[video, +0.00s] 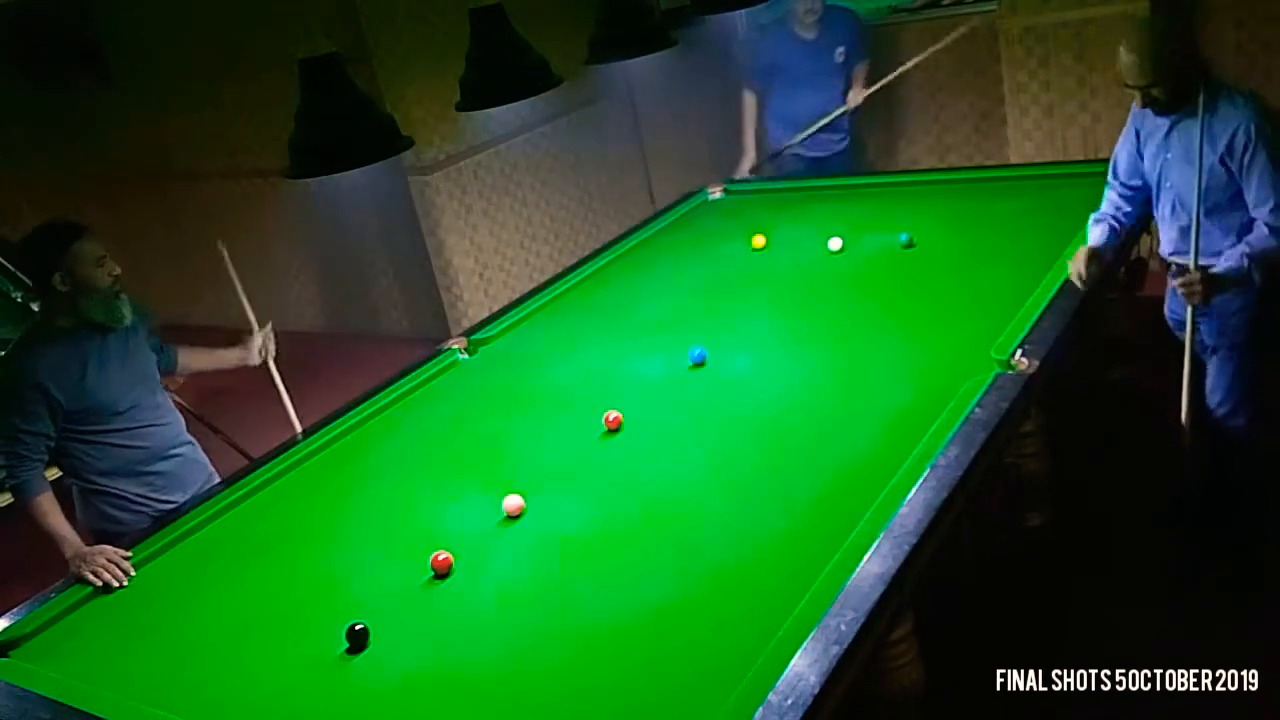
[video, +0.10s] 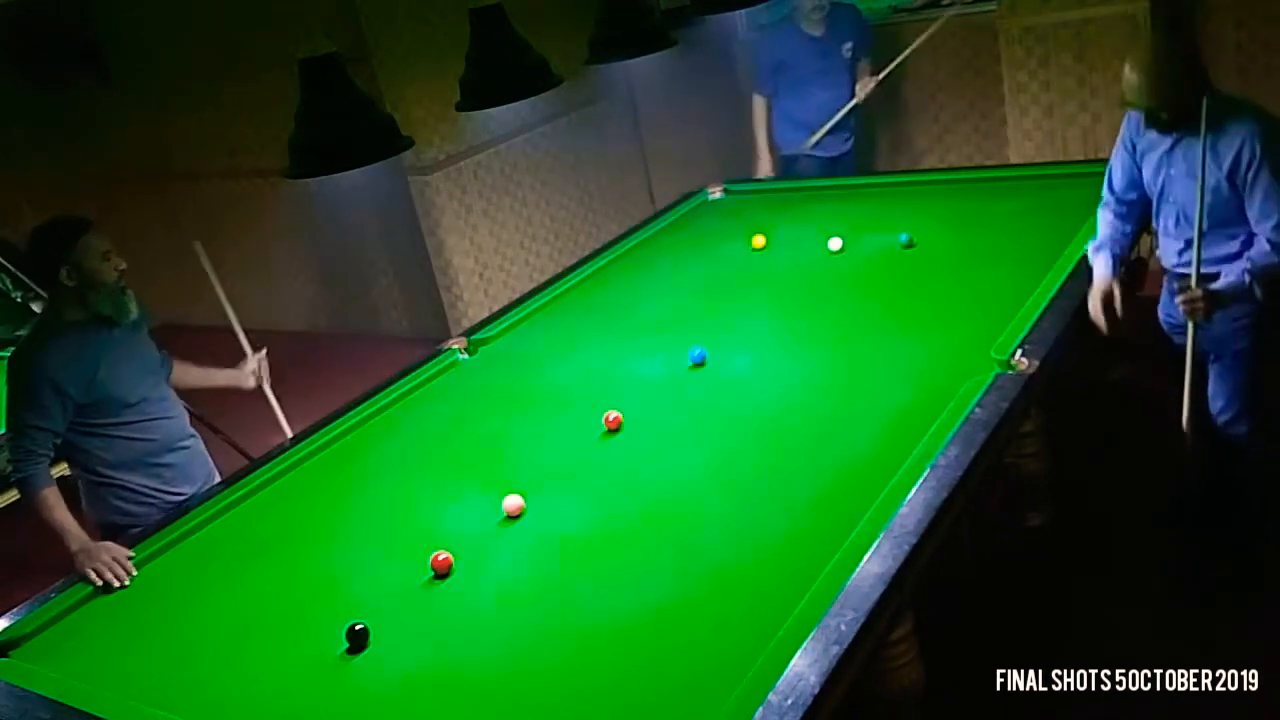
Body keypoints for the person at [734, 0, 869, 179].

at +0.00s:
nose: (811, 6)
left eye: (816, 1)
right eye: (804, 2)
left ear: (823, 3)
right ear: (791, 4)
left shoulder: (844, 24)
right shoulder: (769, 37)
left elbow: (860, 58)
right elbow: (750, 89)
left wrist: (857, 86)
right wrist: (749, 153)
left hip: (836, 147)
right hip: (789, 151)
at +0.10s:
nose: (819, 2)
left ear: (831, 0)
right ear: (795, 3)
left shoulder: (847, 17)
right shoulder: (773, 38)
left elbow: (863, 55)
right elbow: (760, 97)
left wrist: (863, 80)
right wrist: (763, 157)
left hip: (844, 148)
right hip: (799, 153)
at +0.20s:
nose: (826, 2)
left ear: (837, 1)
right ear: (802, 3)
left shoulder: (853, 20)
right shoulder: (783, 40)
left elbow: (868, 55)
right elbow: (769, 101)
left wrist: (870, 77)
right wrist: (783, 163)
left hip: (853, 147)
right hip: (805, 153)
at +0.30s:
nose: (830, 2)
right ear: (810, 2)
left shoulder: (859, 14)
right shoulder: (794, 36)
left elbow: (874, 54)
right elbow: (781, 102)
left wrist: (877, 79)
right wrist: (800, 162)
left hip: (867, 142)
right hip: (822, 152)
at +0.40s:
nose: (839, 0)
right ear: (818, 0)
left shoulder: (868, 13)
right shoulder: (804, 34)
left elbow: (879, 58)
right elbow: (794, 104)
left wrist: (889, 78)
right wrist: (818, 160)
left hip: (877, 146)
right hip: (837, 153)